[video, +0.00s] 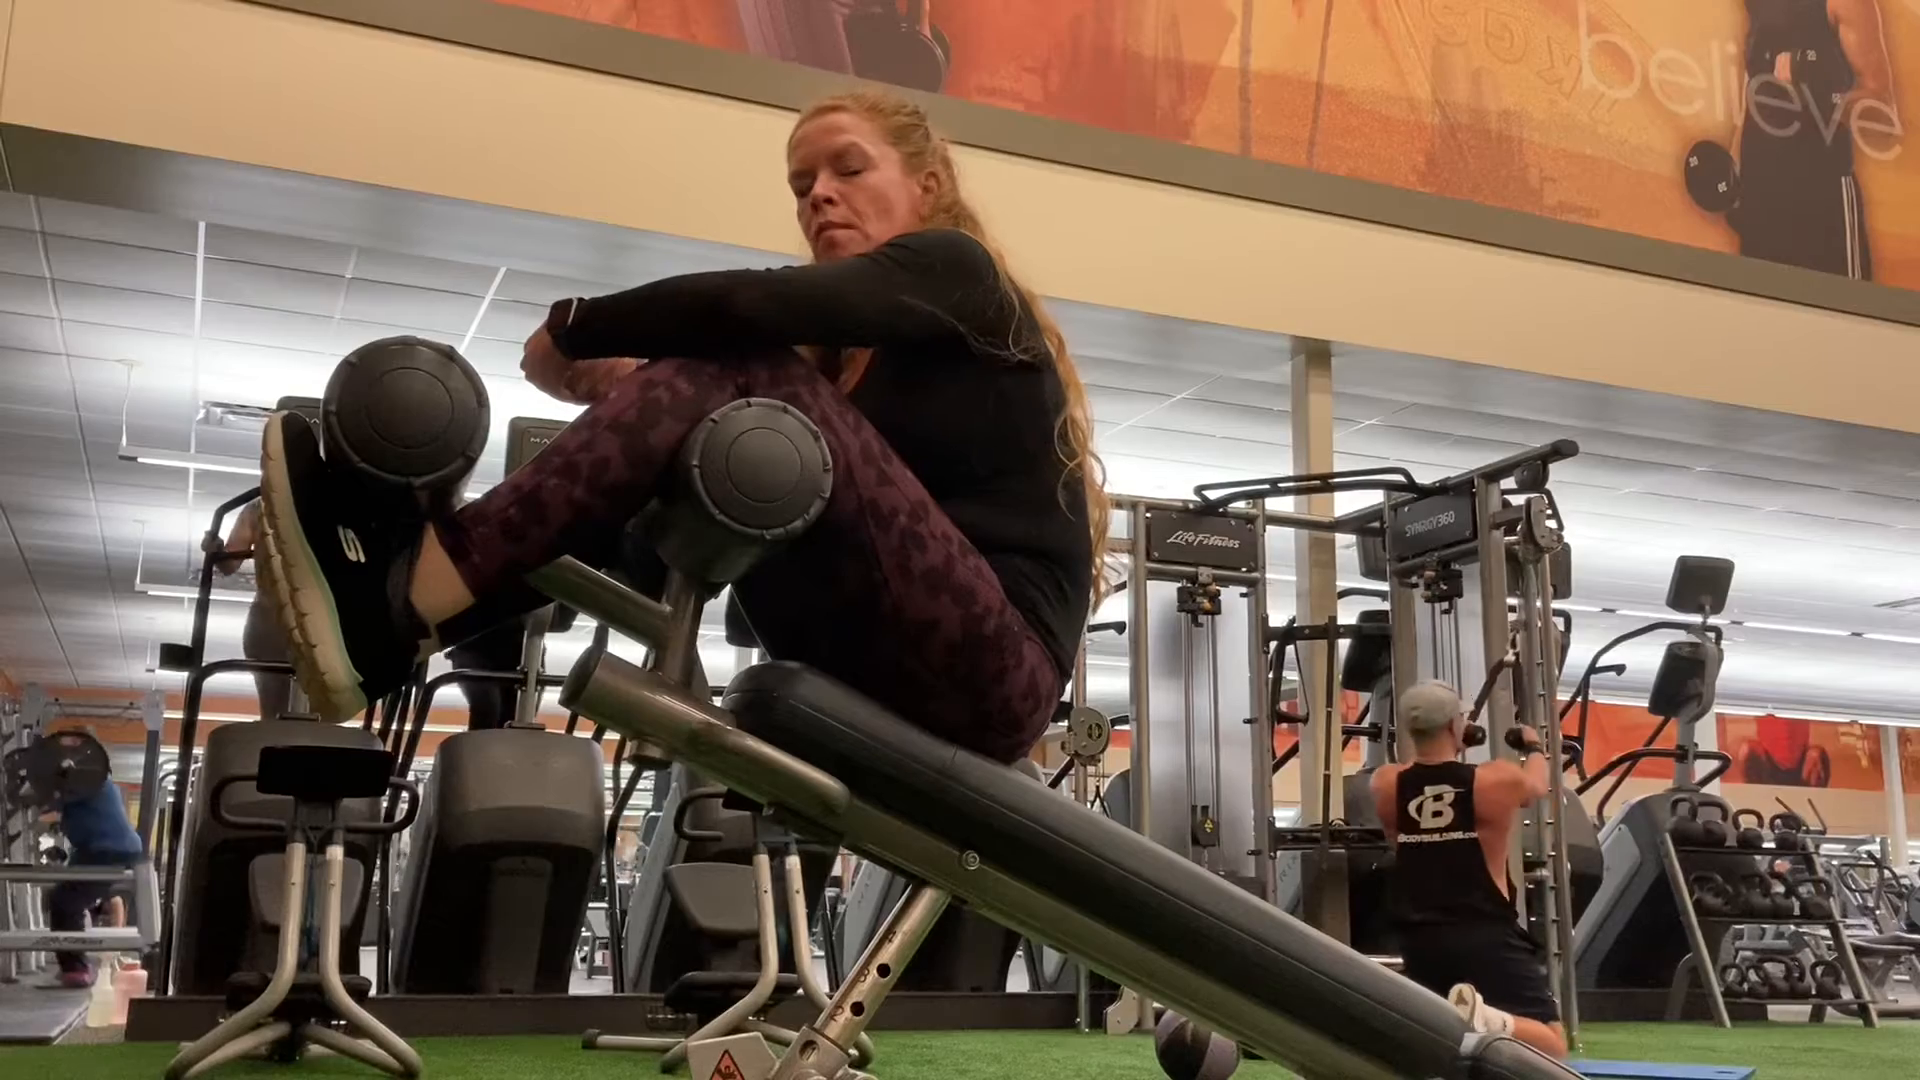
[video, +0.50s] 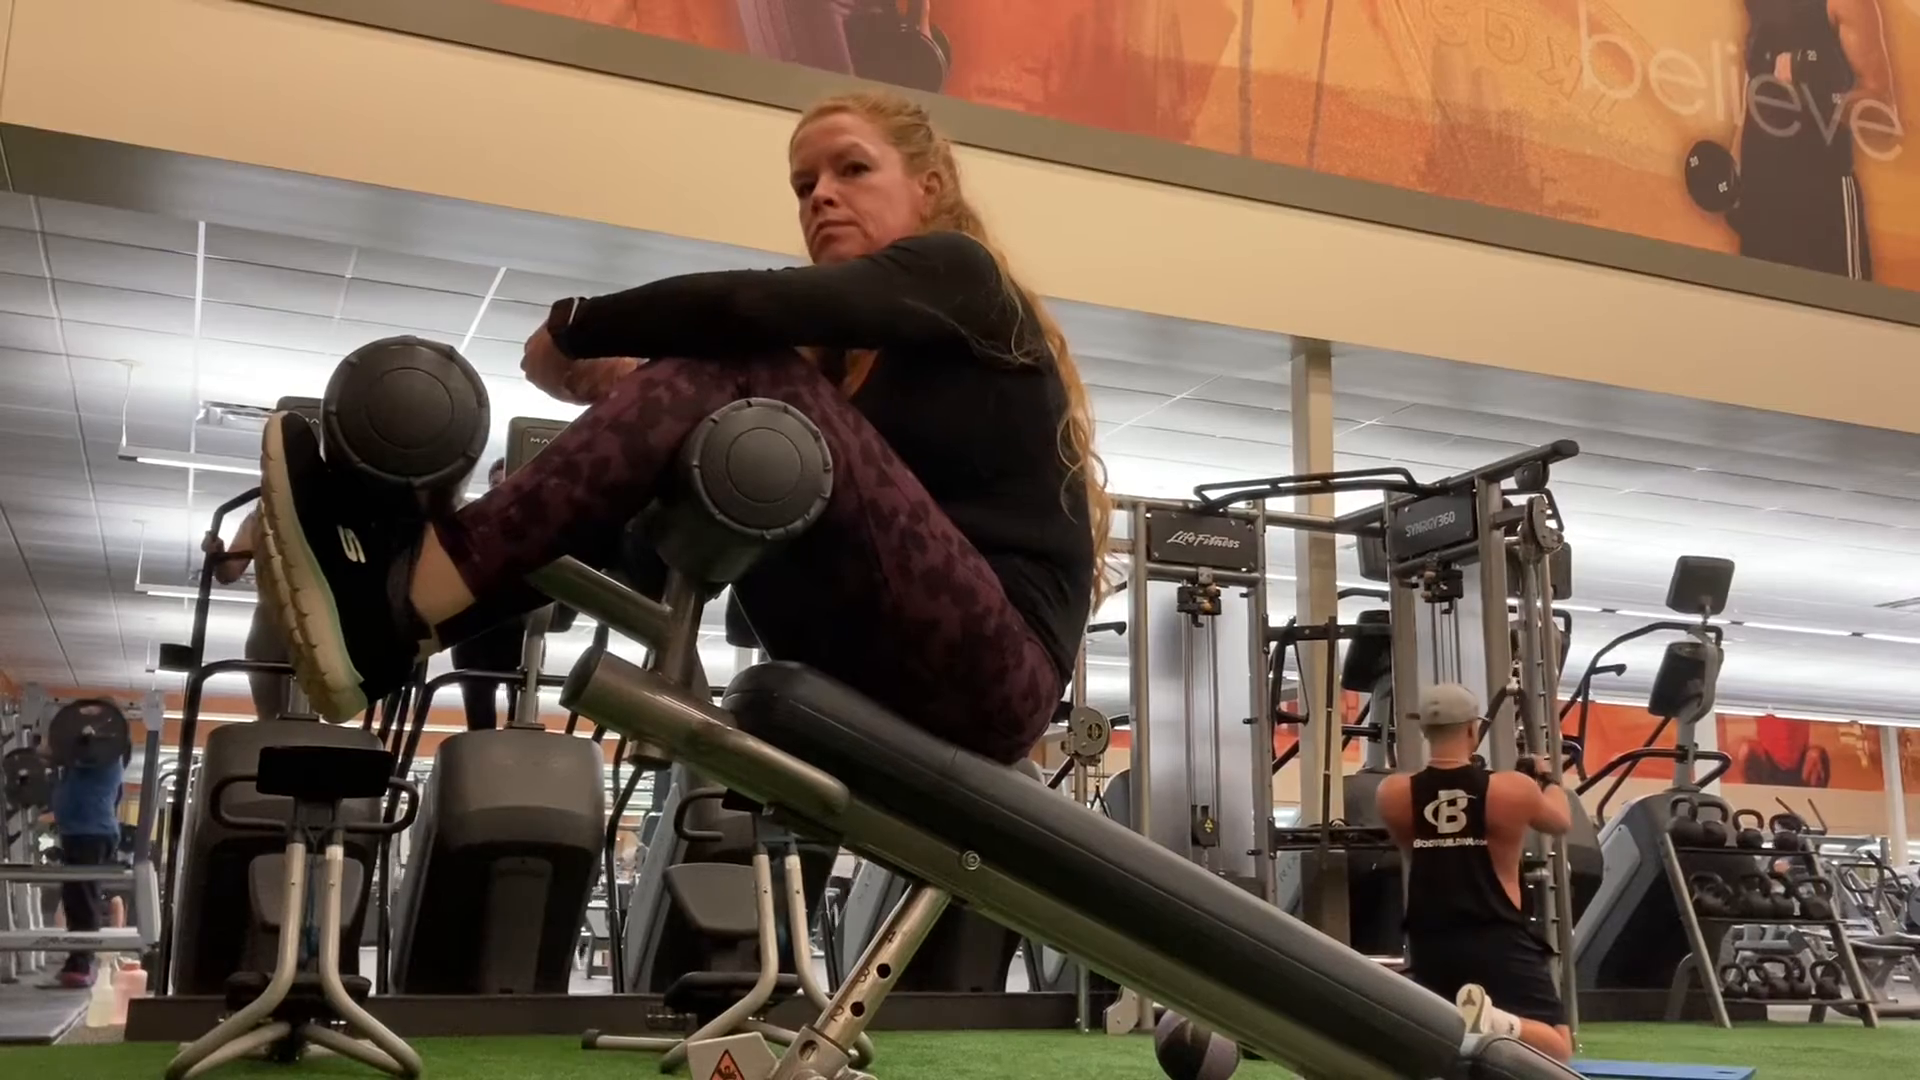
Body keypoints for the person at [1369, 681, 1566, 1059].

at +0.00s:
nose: (1462, 724)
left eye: (1460, 718)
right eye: (1460, 718)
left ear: (1409, 730)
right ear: (1456, 725)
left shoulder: (1385, 784)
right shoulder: (1498, 779)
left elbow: (1417, 774)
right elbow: (1537, 785)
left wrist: (1451, 744)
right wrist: (1536, 745)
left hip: (1420, 939)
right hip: (1487, 938)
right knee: (1555, 1045)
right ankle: (1488, 1018)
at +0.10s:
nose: (1465, 725)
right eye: (1463, 720)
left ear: (1413, 731)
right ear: (1459, 726)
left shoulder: (1388, 789)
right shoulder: (1503, 781)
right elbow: (1545, 793)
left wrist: (1451, 756)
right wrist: (1540, 757)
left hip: (1425, 942)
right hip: (1492, 940)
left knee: (1441, 1038)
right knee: (1558, 1045)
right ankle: (1496, 1020)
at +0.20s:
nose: (1469, 726)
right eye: (1468, 721)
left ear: (1417, 731)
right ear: (1464, 726)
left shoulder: (1391, 792)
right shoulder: (1509, 783)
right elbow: (1550, 800)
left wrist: (1455, 759)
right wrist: (1546, 764)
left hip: (1427, 939)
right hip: (1497, 937)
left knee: (1442, 1038)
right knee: (1560, 1046)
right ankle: (1495, 1020)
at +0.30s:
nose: (1474, 727)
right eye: (1472, 722)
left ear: (1422, 731)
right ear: (1469, 727)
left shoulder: (1394, 793)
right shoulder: (1512, 785)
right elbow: (1556, 808)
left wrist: (1459, 763)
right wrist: (1550, 770)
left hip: (1429, 940)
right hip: (1499, 939)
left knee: (1443, 1039)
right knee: (1560, 1046)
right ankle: (1495, 1020)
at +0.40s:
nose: (1477, 727)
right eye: (1475, 722)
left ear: (1424, 729)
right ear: (1472, 727)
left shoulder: (1394, 793)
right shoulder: (1513, 787)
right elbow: (1558, 814)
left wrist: (1461, 760)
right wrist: (1547, 773)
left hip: (1428, 941)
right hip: (1499, 940)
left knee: (1444, 1039)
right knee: (1560, 1046)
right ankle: (1495, 1020)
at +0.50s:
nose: (1479, 729)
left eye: (1477, 723)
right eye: (1477, 723)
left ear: (1425, 730)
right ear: (1473, 728)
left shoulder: (1393, 795)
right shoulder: (1512, 789)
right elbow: (1559, 820)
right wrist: (1550, 778)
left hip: (1428, 942)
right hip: (1498, 942)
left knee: (1443, 1040)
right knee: (1560, 1046)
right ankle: (1496, 1021)